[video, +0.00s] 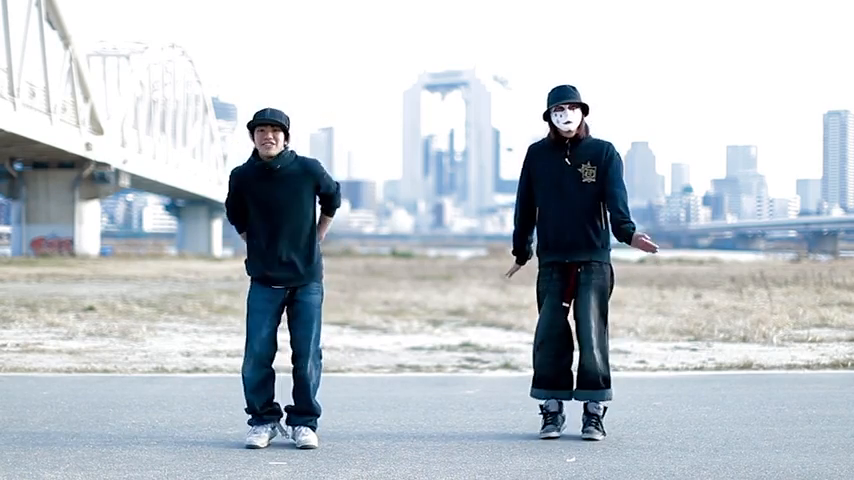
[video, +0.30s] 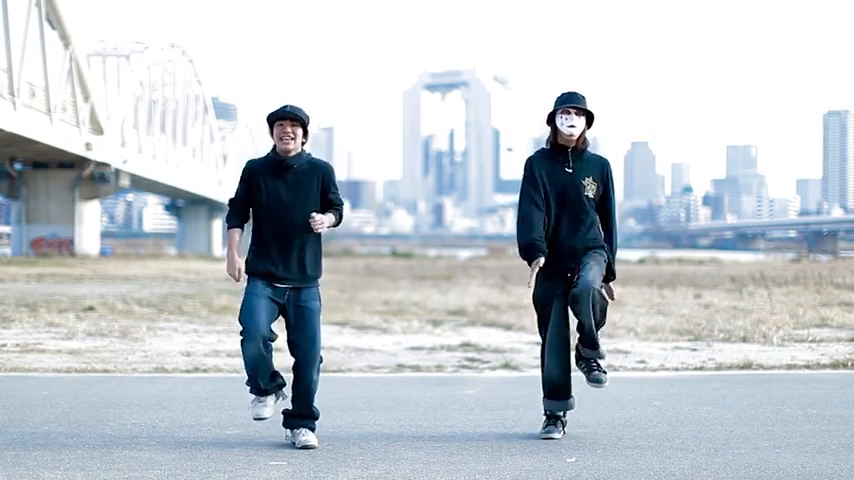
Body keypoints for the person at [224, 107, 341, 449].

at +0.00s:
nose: (268, 136)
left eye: (274, 131)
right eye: (262, 131)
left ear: (285, 136)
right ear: (252, 137)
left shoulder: (309, 170)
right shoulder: (241, 177)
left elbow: (332, 197)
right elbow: (236, 217)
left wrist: (318, 232)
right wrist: (257, 240)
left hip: (306, 276)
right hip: (264, 277)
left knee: (306, 351)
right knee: (257, 351)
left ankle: (304, 422)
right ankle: (262, 422)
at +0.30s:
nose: (287, 134)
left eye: (293, 129)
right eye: (281, 129)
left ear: (303, 134)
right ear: (272, 134)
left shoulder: (320, 171)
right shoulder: (255, 170)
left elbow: (336, 210)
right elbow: (236, 212)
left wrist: (327, 219)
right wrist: (232, 252)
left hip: (305, 280)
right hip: (263, 277)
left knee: (309, 355)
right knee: (253, 333)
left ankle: (302, 424)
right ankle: (266, 388)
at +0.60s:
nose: (271, 141)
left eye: (278, 136)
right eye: (266, 134)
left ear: (290, 141)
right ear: (258, 138)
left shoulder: (307, 178)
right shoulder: (246, 181)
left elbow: (332, 216)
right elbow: (233, 230)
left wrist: (324, 258)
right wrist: (232, 190)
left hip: (298, 285)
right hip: (257, 287)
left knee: (301, 358)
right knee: (256, 360)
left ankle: (302, 424)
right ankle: (260, 425)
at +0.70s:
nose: (271, 134)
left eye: (278, 130)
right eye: (266, 128)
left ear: (289, 136)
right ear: (257, 133)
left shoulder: (306, 170)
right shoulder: (240, 172)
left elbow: (336, 201)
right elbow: (221, 219)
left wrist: (330, 236)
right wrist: (219, 188)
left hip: (298, 275)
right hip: (256, 280)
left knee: (308, 330)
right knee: (255, 355)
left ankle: (298, 385)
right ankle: (261, 423)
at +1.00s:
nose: (283, 128)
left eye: (290, 122)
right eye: (278, 121)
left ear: (300, 128)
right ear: (267, 125)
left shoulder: (312, 168)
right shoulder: (248, 160)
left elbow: (321, 217)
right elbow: (231, 206)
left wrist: (333, 191)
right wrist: (221, 247)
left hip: (297, 268)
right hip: (257, 268)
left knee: (293, 343)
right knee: (256, 345)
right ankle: (261, 420)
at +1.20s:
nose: (280, 133)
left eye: (287, 129)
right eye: (275, 128)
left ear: (298, 136)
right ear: (266, 133)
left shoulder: (315, 171)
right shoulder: (251, 171)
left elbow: (341, 211)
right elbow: (226, 214)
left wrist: (319, 230)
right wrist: (248, 234)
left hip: (301, 283)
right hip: (258, 279)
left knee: (299, 358)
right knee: (241, 334)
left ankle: (297, 428)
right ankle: (259, 390)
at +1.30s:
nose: (280, 131)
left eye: (286, 127)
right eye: (274, 126)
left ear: (295, 138)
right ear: (265, 135)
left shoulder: (312, 172)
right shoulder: (249, 171)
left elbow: (348, 192)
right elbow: (211, 193)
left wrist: (321, 161)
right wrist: (224, 162)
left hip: (300, 274)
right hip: (261, 267)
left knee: (299, 355)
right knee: (242, 289)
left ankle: (295, 428)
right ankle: (261, 342)